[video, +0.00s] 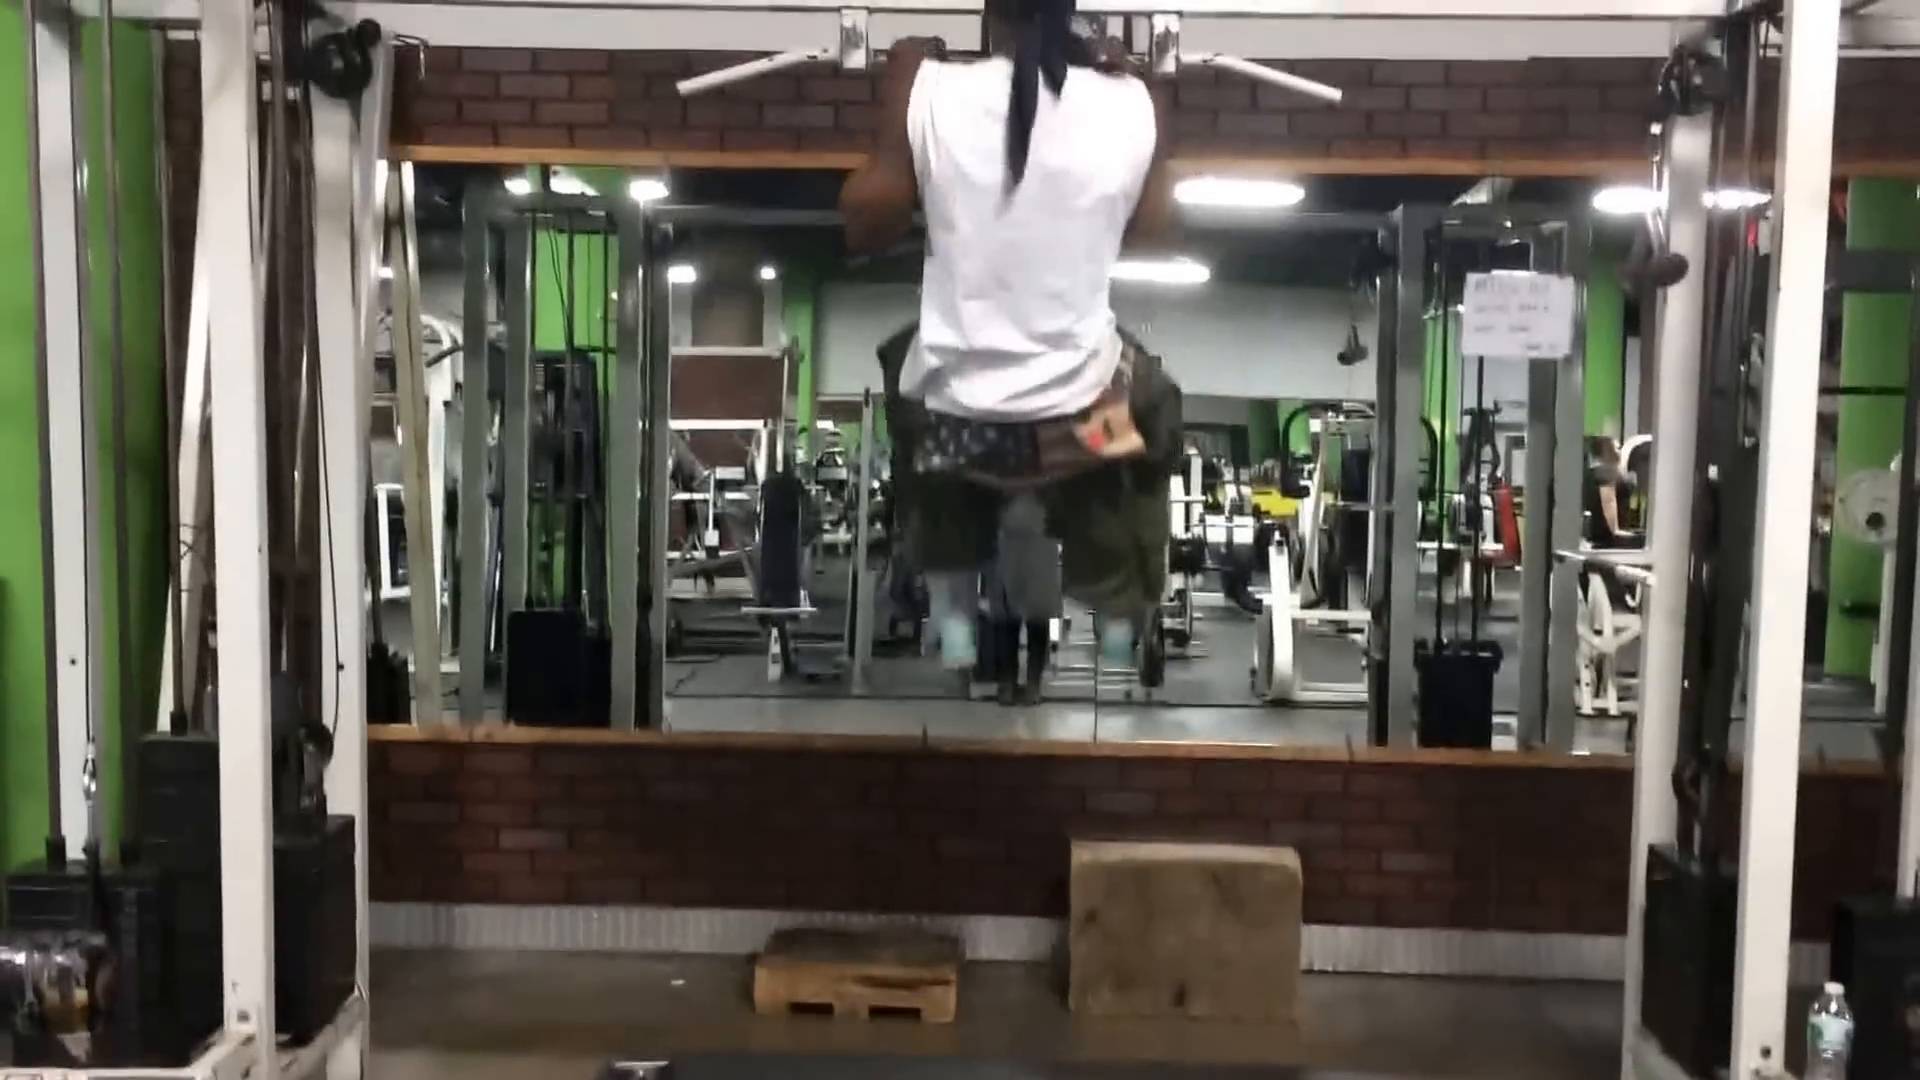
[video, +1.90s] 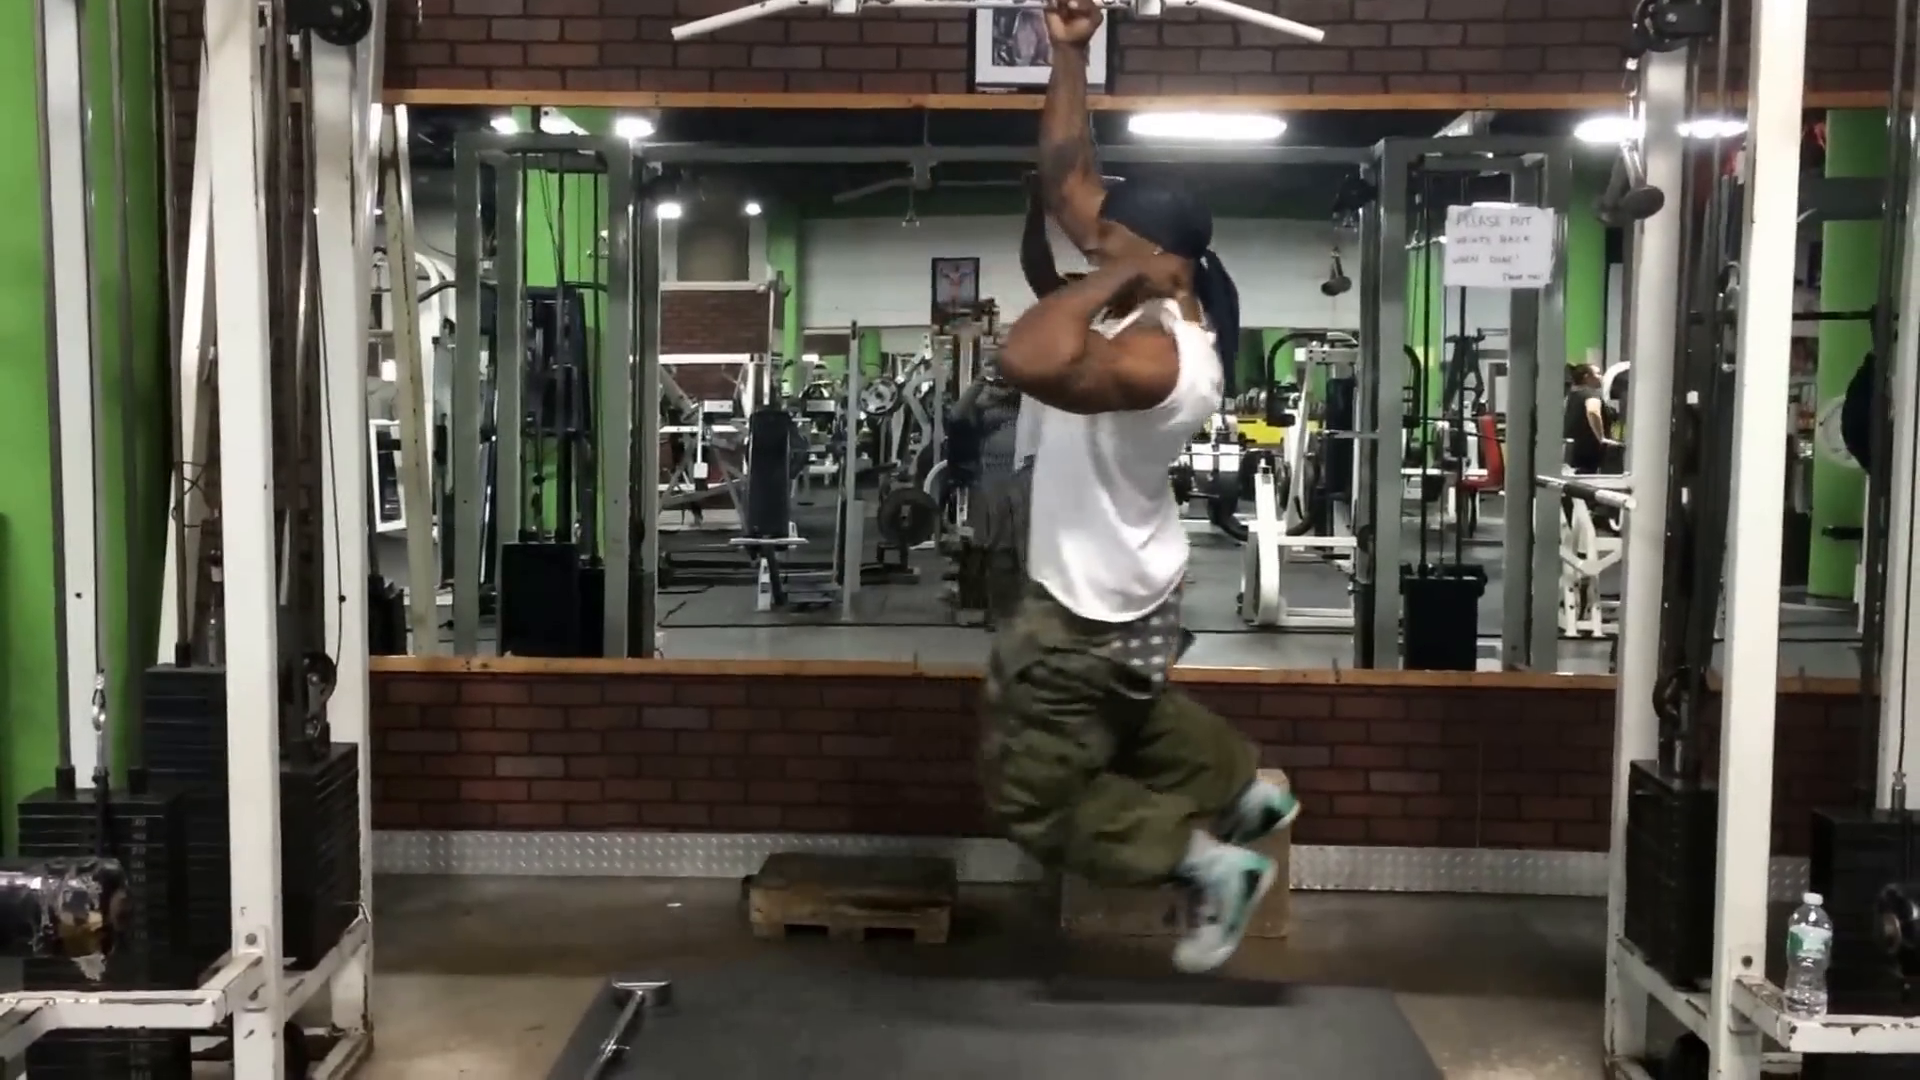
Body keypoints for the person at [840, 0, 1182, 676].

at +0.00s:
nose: (991, 18)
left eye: (991, 14)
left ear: (993, 18)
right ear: (1071, 18)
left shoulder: (935, 94)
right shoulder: (1128, 105)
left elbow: (867, 224)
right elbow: (1152, 227)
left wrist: (897, 101)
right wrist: (1129, 97)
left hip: (959, 412)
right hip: (1079, 409)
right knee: (1154, 400)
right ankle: (1122, 615)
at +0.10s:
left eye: (989, 30)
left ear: (989, 46)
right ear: (1073, 47)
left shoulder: (933, 134)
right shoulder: (1125, 145)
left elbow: (868, 232)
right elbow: (1144, 252)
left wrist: (905, 110)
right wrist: (1114, 120)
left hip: (956, 471)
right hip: (1080, 464)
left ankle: (956, 713)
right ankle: (1112, 731)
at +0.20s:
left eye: (986, 71)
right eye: (1074, 62)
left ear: (983, 85)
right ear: (1072, 81)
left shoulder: (934, 178)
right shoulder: (1118, 190)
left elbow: (868, 245)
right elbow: (1142, 247)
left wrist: (909, 116)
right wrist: (1112, 132)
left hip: (954, 510)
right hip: (1076, 506)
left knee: (940, 623)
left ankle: (961, 767)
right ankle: (1105, 767)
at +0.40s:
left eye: (994, 148)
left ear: (996, 165)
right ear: (1083, 166)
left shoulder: (946, 252)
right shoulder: (1122, 271)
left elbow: (879, 238)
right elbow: (1115, 210)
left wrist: (906, 114)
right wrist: (1102, 122)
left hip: (940, 558)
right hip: (1063, 554)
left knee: (921, 713)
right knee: (1071, 706)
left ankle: (977, 870)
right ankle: (1092, 883)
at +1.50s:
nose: (1045, 227)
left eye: (1054, 221)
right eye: (1055, 215)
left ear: (1066, 253)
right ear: (1129, 264)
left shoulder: (1015, 345)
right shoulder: (1124, 337)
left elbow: (877, 289)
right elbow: (1048, 194)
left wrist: (998, 223)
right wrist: (1064, 64)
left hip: (936, 626)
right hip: (1043, 611)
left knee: (838, 752)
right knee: (1013, 736)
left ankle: (947, 907)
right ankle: (1094, 876)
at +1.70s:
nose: (1073, 250)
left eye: (1087, 242)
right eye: (1081, 237)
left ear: (1114, 266)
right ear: (1137, 269)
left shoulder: (1083, 365)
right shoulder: (1128, 327)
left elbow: (939, 335)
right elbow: (1059, 190)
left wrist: (1052, 275)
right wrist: (1065, 56)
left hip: (1010, 613)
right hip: (1091, 597)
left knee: (929, 774)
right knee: (1053, 726)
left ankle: (1087, 888)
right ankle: (1179, 820)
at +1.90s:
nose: (1102, 245)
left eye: (1115, 238)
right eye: (1104, 232)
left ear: (1158, 258)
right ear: (1160, 257)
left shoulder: (1160, 354)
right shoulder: (1153, 304)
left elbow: (1025, 358)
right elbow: (1068, 187)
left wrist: (1115, 274)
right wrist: (1066, 53)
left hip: (1089, 605)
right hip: (1129, 583)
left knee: (1032, 796)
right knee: (1118, 715)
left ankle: (1209, 868)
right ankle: (1244, 796)